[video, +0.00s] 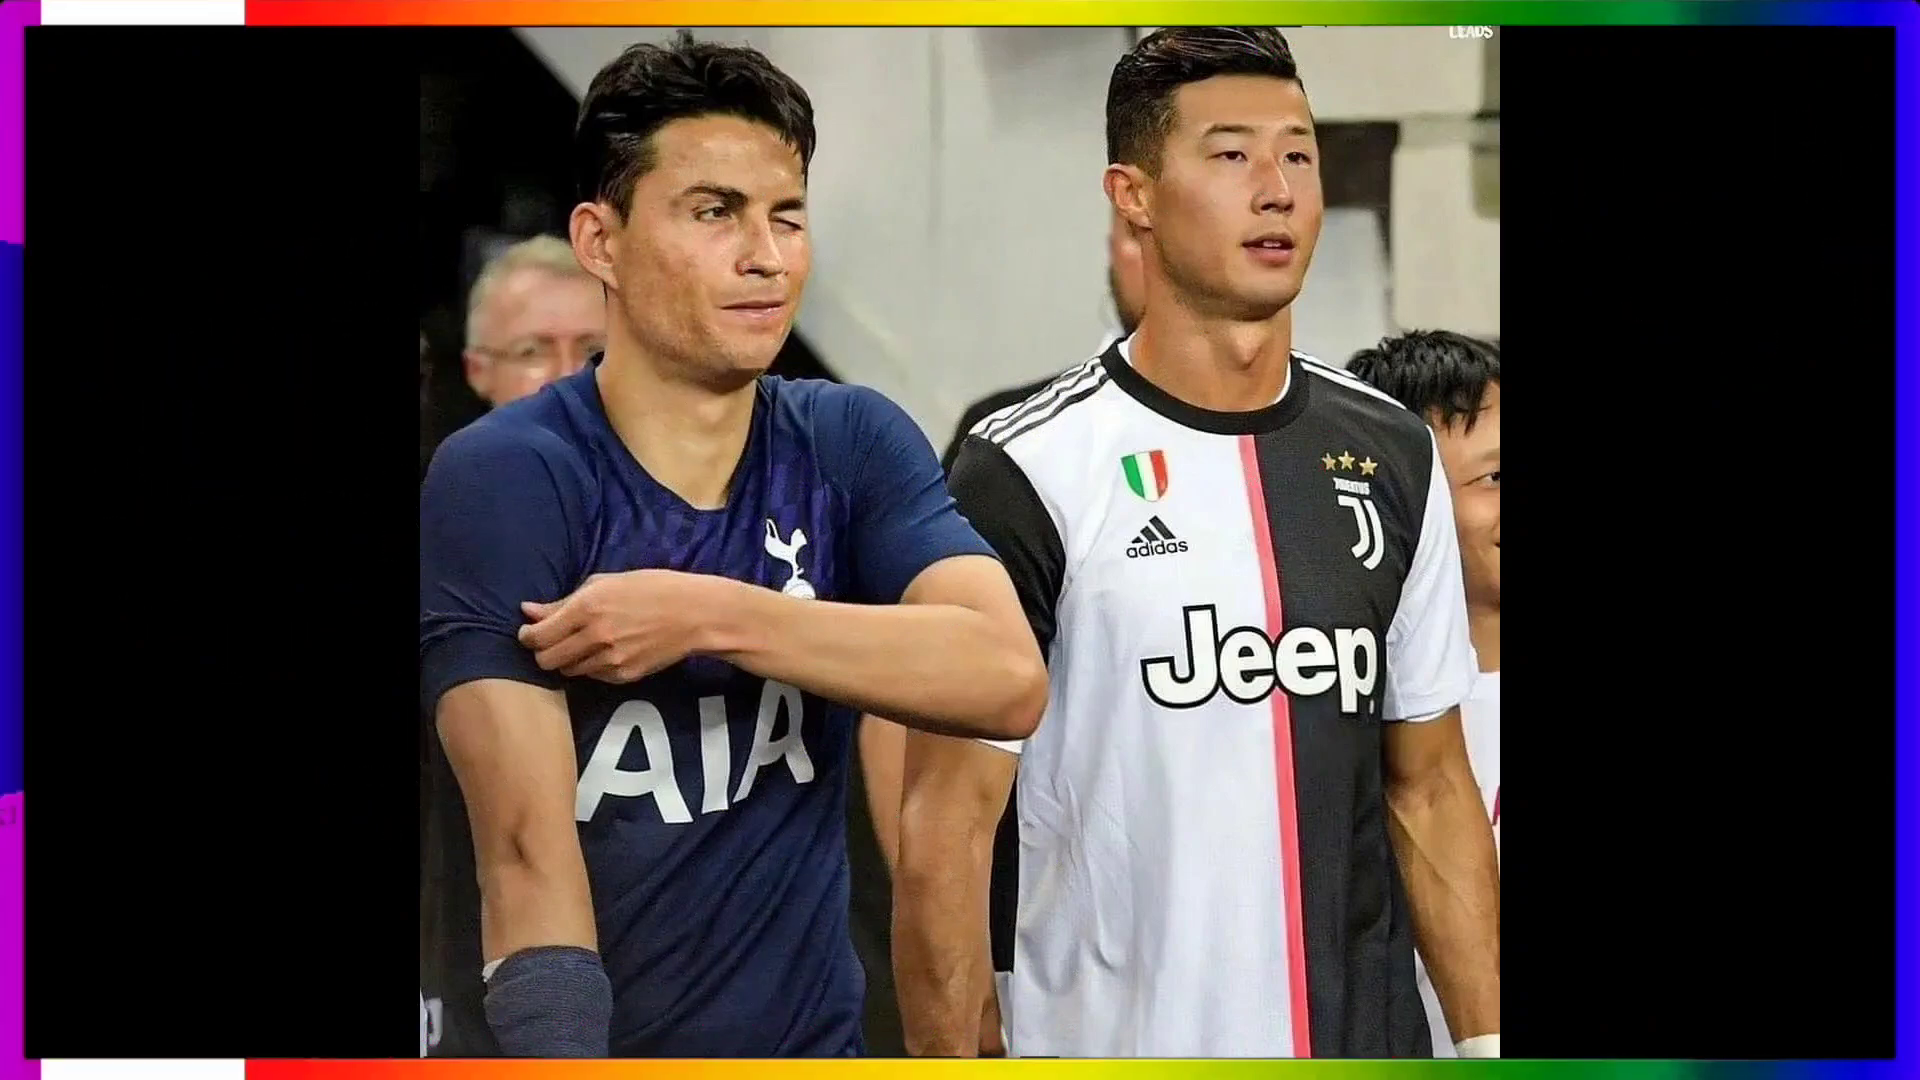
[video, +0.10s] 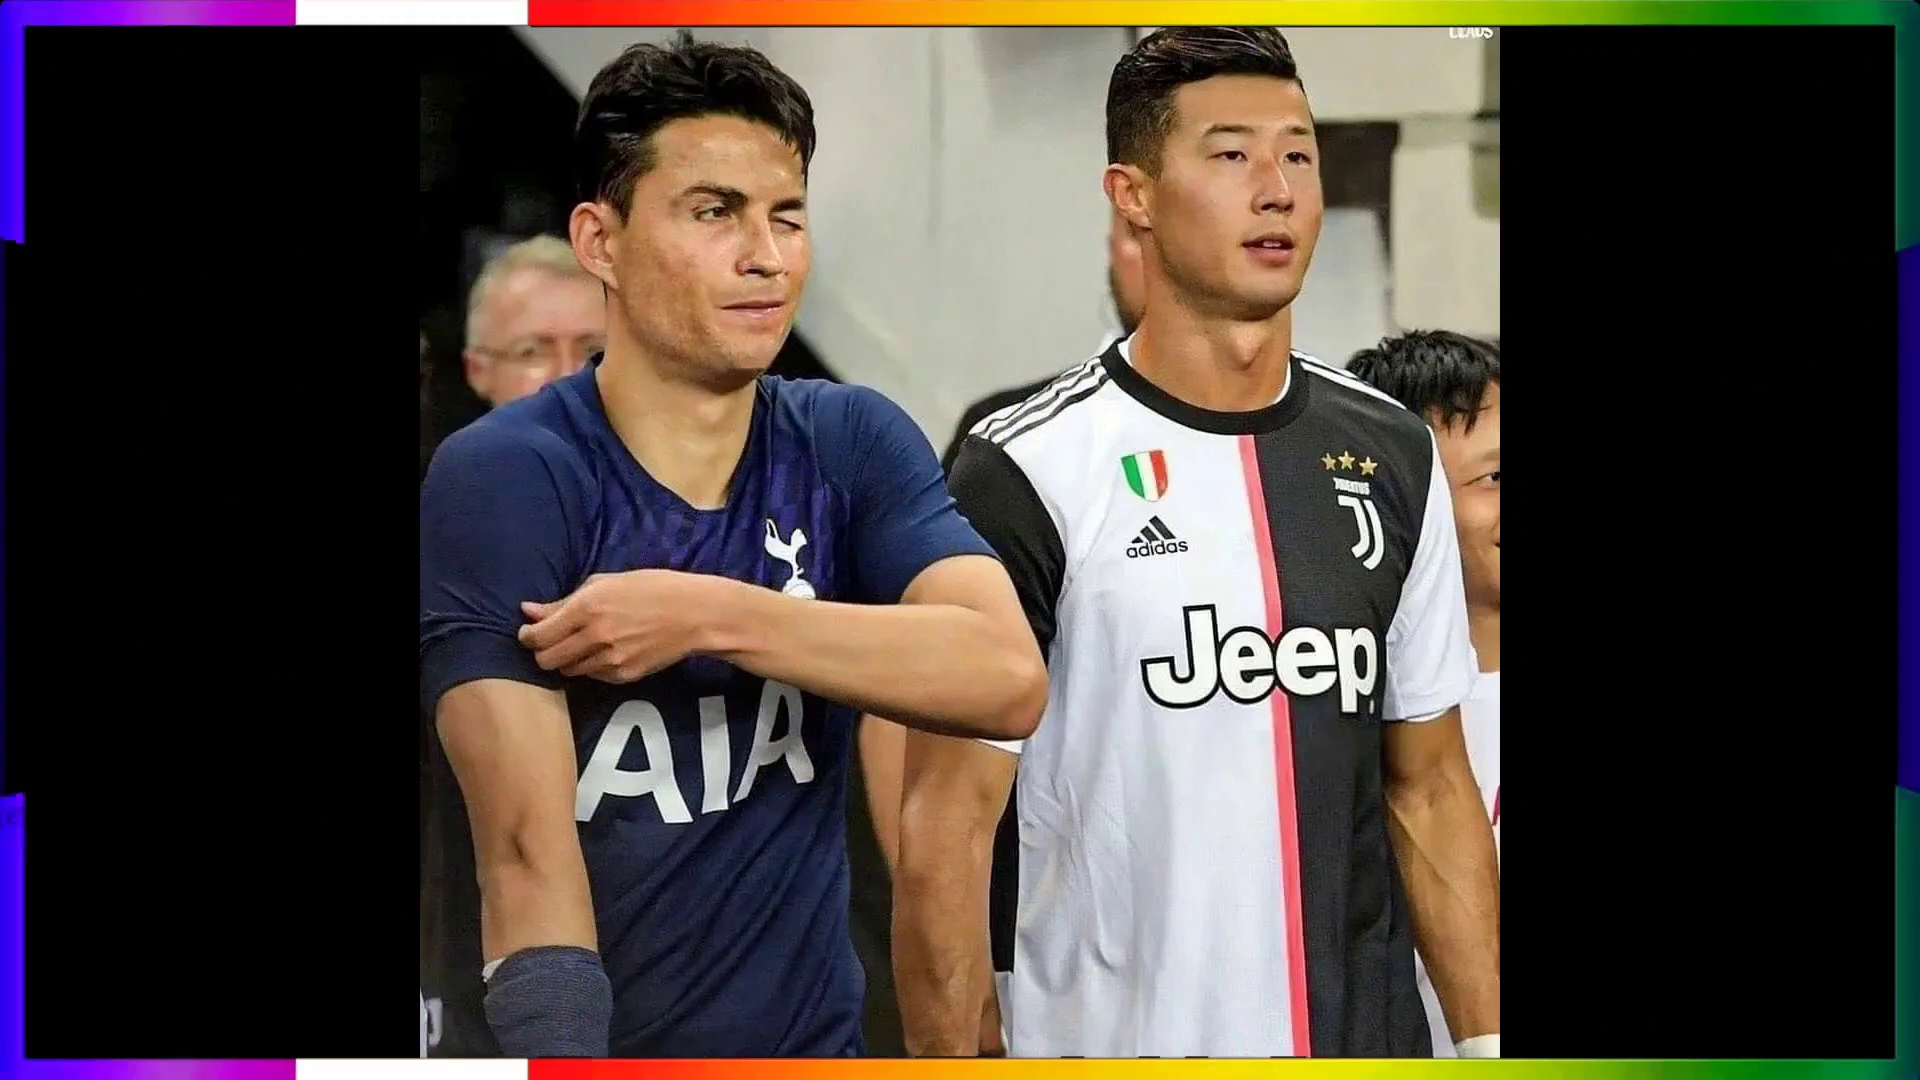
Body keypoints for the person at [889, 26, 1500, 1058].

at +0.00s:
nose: (1279, 193)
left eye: (1297, 159)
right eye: (1230, 157)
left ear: (1319, 186)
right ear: (1134, 198)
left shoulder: (1392, 451)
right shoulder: (1022, 462)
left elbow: (1430, 784)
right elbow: (949, 816)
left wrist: (1484, 1046)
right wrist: (953, 1067)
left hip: (1358, 1046)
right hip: (1108, 1045)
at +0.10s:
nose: (1279, 193)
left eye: (1297, 159)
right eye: (1230, 156)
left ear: (1319, 187)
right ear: (1134, 198)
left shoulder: (1392, 451)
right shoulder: (1022, 462)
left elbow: (1431, 785)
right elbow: (948, 815)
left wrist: (1483, 1047)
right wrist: (953, 1066)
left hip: (1358, 1045)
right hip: (1107, 1044)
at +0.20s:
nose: (1279, 193)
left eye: (1297, 159)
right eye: (1230, 156)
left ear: (1319, 187)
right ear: (1134, 198)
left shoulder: (1392, 451)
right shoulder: (1022, 461)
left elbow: (1431, 785)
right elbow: (948, 815)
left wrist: (1483, 1046)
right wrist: (952, 1065)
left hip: (1358, 1045)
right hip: (1107, 1044)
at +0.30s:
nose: (1279, 193)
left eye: (1297, 159)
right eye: (1230, 156)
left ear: (1319, 187)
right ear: (1134, 198)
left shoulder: (1392, 450)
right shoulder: (1022, 462)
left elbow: (1431, 785)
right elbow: (948, 815)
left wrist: (1482, 1046)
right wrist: (953, 1068)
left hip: (1358, 1046)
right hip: (1108, 1048)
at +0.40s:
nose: (1279, 192)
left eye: (1297, 158)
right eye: (1230, 156)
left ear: (1319, 186)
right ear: (1134, 197)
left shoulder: (1392, 451)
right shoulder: (1022, 463)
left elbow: (1431, 786)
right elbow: (948, 818)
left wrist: (1481, 1045)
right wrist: (955, 1068)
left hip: (1361, 1045)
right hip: (1110, 1048)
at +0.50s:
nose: (1279, 193)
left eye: (1297, 159)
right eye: (1230, 157)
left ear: (1319, 187)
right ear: (1134, 198)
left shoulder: (1392, 450)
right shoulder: (1022, 462)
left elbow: (1431, 785)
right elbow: (948, 817)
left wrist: (1483, 1049)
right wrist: (953, 1067)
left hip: (1358, 1046)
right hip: (1106, 1046)